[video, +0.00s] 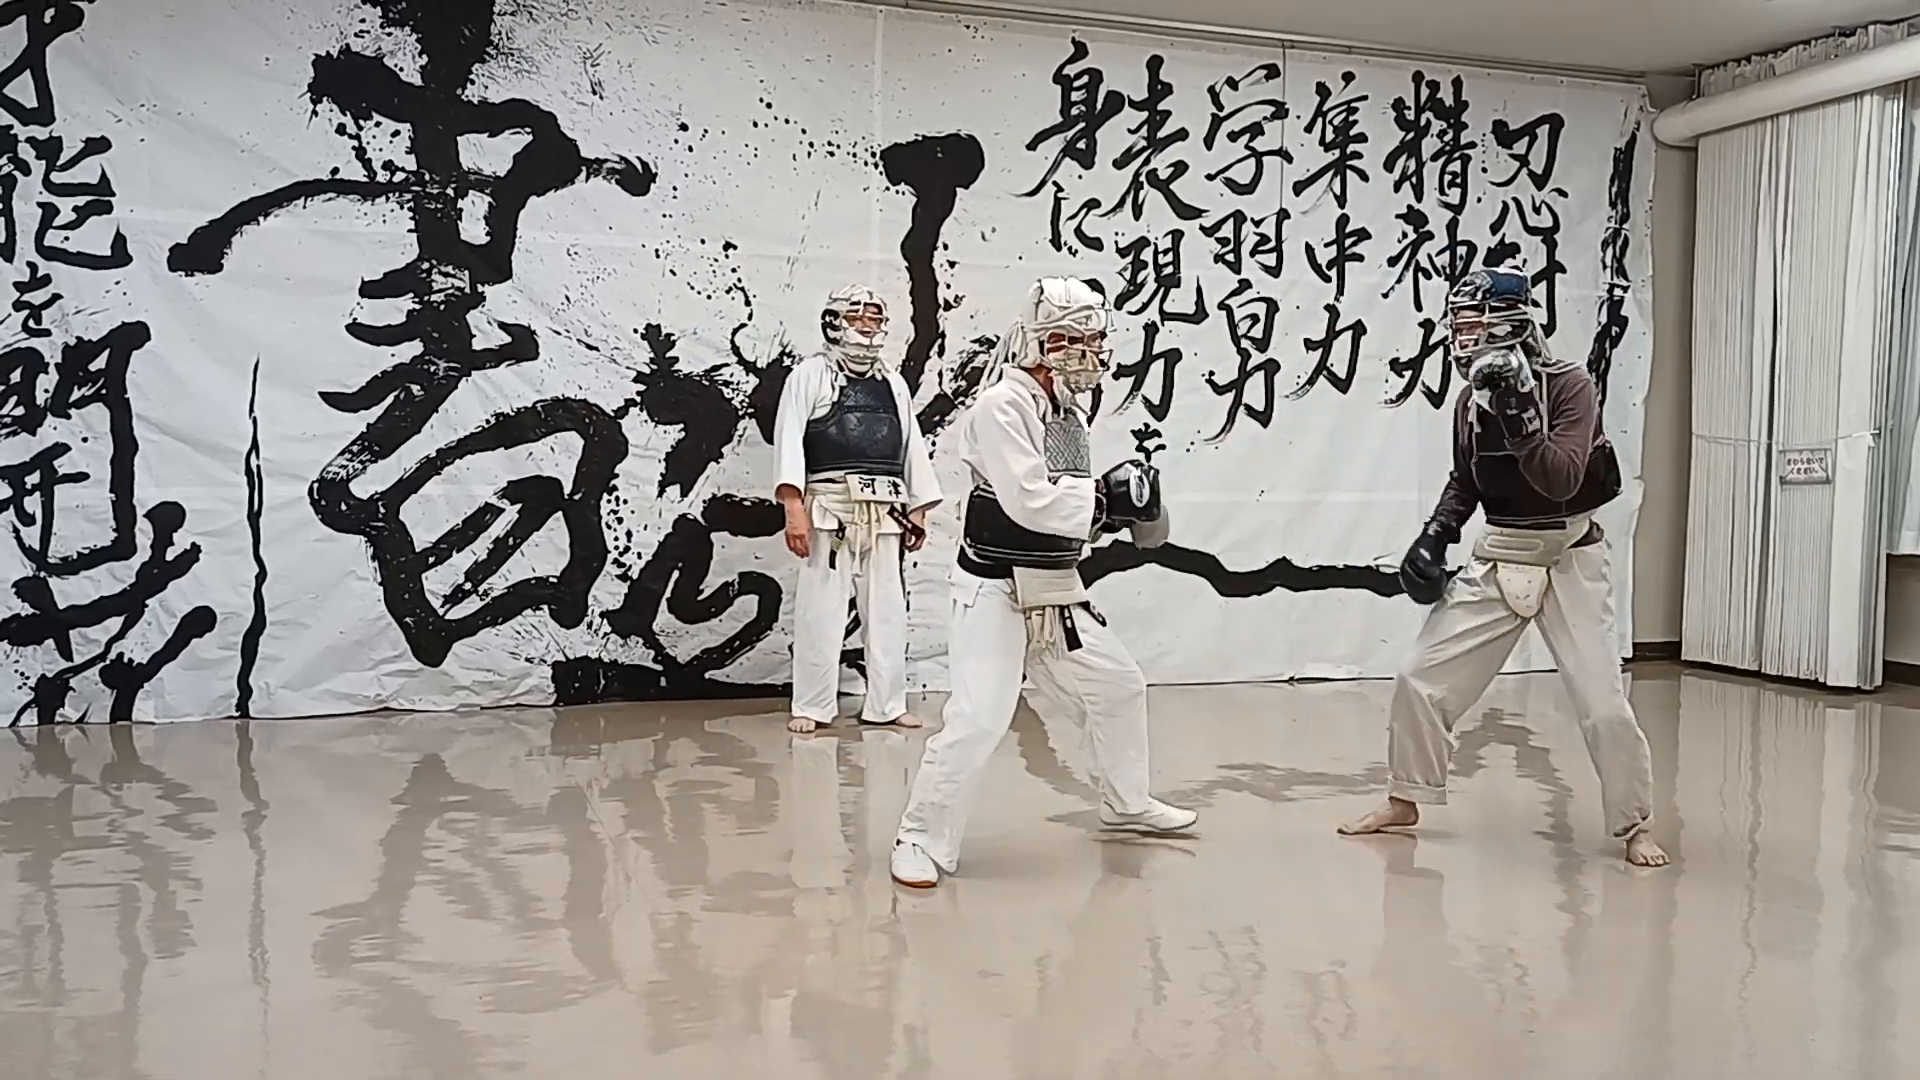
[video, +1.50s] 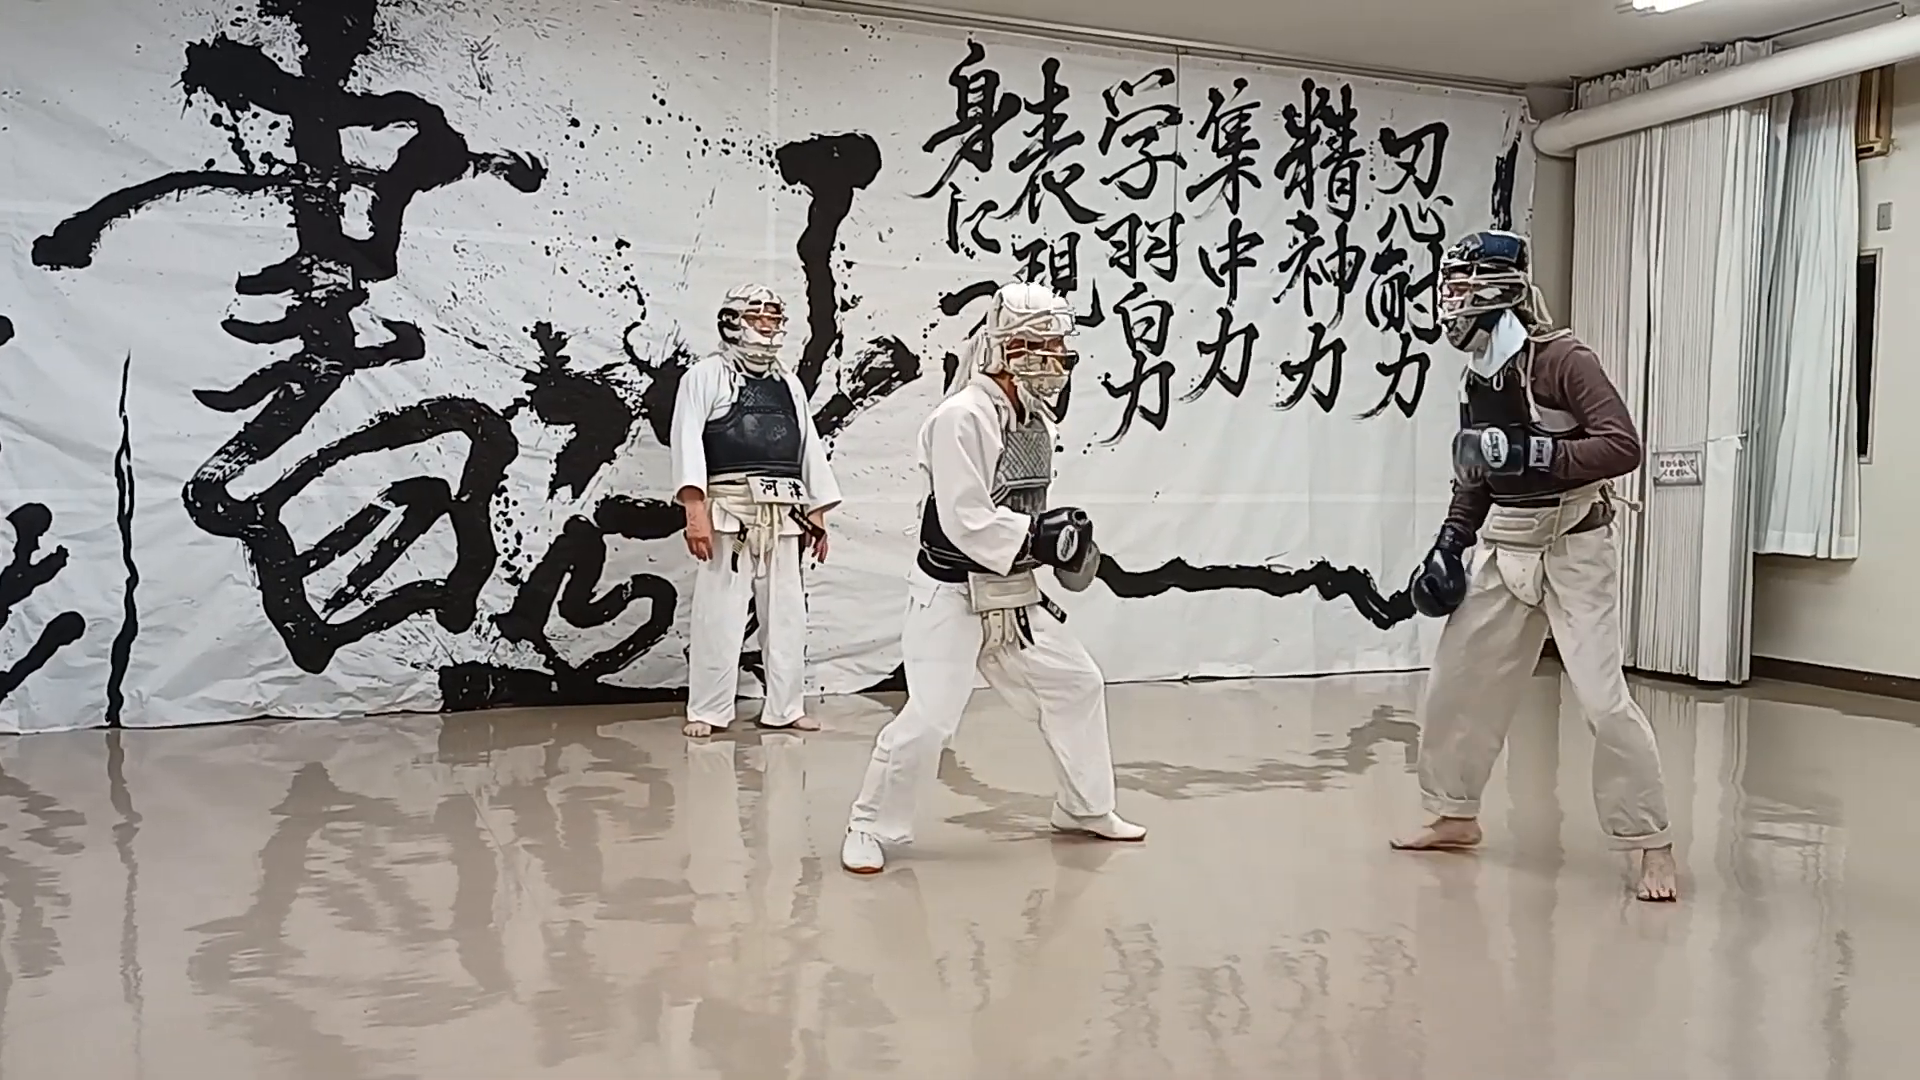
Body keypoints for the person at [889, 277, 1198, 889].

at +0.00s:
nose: (1084, 352)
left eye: (1092, 341)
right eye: (1071, 340)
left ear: (1098, 344)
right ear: (1039, 339)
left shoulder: (1070, 409)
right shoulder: (1003, 402)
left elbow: (1054, 496)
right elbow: (1026, 498)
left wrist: (1114, 502)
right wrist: (1106, 500)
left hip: (1051, 582)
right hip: (993, 584)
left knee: (1119, 684)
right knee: (979, 715)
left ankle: (1127, 804)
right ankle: (920, 843)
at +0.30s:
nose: (1109, 358)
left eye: (1117, 347)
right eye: (1095, 346)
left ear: (1125, 351)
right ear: (1063, 348)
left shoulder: (1108, 416)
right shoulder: (1023, 409)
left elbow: (1137, 477)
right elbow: (1051, 500)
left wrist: (1181, 444)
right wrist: (1123, 478)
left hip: (1074, 593)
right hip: (1010, 591)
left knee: (1143, 693)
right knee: (999, 714)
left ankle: (1145, 815)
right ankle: (926, 838)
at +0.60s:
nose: (1088, 344)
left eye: (1095, 332)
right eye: (1076, 331)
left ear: (1098, 334)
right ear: (1042, 330)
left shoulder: (1070, 395)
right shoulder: (997, 388)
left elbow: (1084, 468)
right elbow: (1017, 489)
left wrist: (1110, 494)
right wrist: (1098, 498)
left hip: (1056, 573)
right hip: (991, 575)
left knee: (1124, 673)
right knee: (982, 703)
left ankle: (1139, 795)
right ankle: (906, 834)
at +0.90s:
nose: (1063, 328)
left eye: (1070, 317)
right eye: (1050, 316)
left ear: (1075, 320)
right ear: (1019, 315)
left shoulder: (1058, 386)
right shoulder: (973, 377)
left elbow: (1051, 469)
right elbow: (978, 478)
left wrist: (1083, 494)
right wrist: (1062, 495)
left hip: (1039, 555)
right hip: (974, 557)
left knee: (1088, 675)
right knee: (955, 694)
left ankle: (1100, 797)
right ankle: (895, 828)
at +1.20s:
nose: (1043, 354)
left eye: (1052, 342)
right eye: (1027, 341)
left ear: (1061, 346)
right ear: (996, 343)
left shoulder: (1043, 413)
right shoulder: (954, 412)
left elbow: (1045, 489)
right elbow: (960, 512)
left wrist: (1067, 519)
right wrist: (1035, 523)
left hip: (1029, 583)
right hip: (960, 591)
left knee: (1111, 683)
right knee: (938, 713)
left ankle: (1105, 790)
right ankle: (875, 829)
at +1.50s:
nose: (1054, 358)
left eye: (1059, 347)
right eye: (1040, 346)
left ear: (1063, 352)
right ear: (1007, 351)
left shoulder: (1036, 419)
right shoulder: (962, 417)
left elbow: (1022, 502)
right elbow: (964, 519)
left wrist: (1053, 534)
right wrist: (1037, 539)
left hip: (1009, 585)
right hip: (948, 592)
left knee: (1077, 681)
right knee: (930, 719)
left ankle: (1083, 810)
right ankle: (868, 828)